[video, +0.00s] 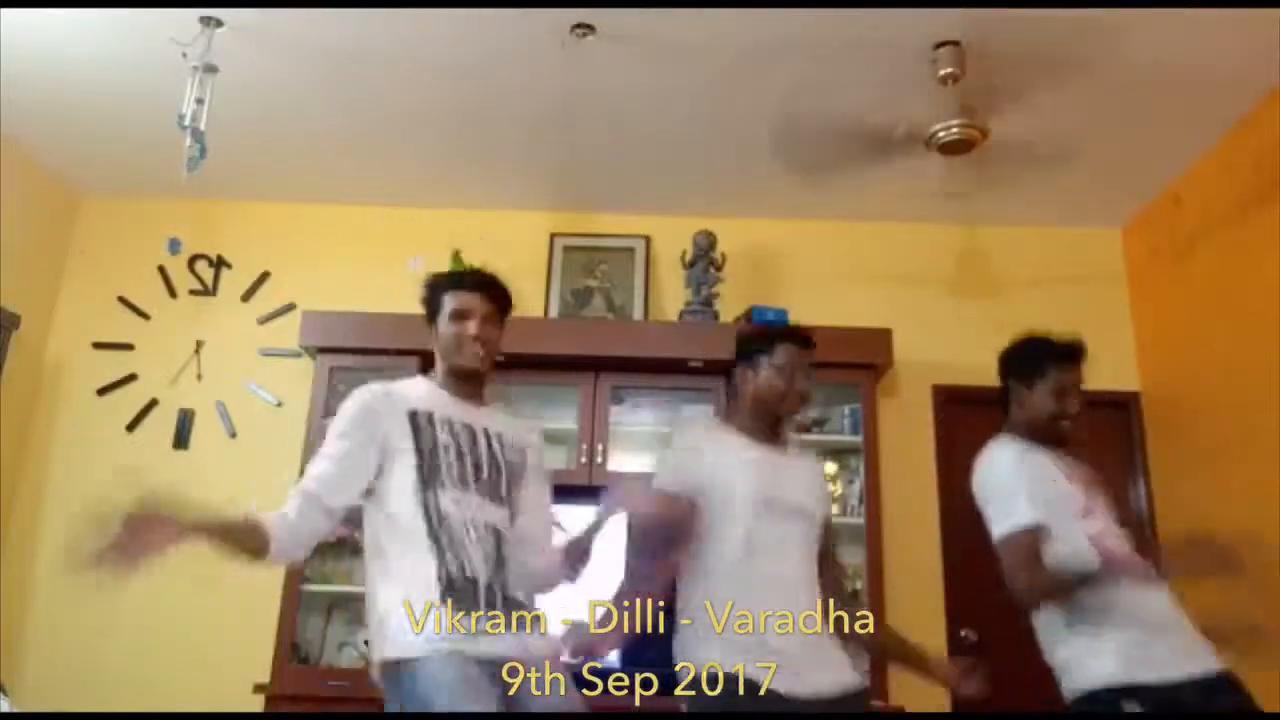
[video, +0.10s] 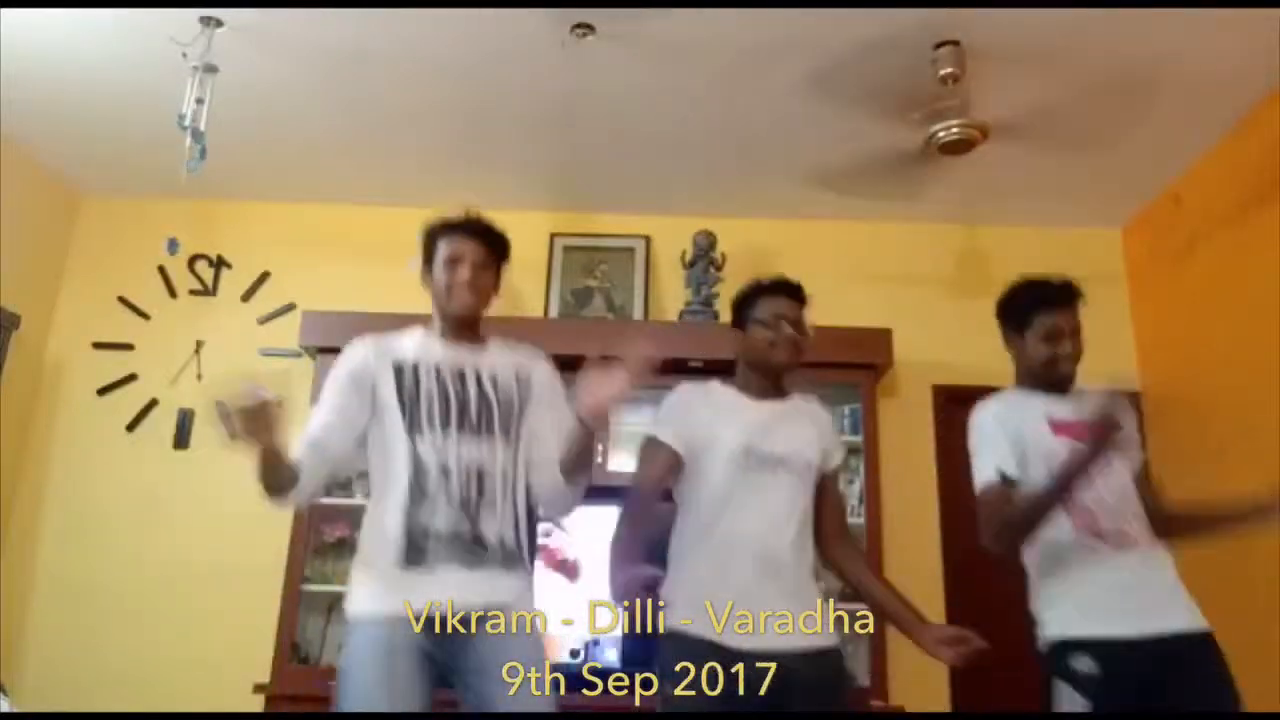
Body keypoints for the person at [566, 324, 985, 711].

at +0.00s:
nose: (802, 388)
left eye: (805, 376)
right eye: (788, 373)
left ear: (806, 382)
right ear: (746, 375)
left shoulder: (810, 472)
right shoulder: (697, 447)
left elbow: (835, 602)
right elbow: (650, 556)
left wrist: (934, 667)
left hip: (820, 682)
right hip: (727, 678)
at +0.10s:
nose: (783, 334)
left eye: (794, 327)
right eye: (769, 323)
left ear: (804, 345)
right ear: (739, 334)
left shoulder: (814, 420)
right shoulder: (692, 403)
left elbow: (836, 543)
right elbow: (640, 506)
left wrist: (922, 630)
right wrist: (624, 571)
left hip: (800, 655)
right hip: (698, 648)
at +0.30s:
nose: (729, 354)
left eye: (740, 343)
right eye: (715, 343)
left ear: (761, 358)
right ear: (698, 360)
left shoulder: (807, 454)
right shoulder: (664, 454)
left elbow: (831, 579)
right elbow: (614, 579)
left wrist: (835, 678)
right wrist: (625, 680)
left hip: (779, 688)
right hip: (677, 688)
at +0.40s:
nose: (679, 379)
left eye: (698, 370)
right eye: (676, 370)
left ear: (736, 394)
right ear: (669, 384)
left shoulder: (777, 479)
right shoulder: (640, 478)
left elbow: (812, 613)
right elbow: (614, 593)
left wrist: (787, 698)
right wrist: (599, 683)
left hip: (746, 697)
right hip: (648, 694)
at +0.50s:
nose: (662, 359)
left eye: (681, 350)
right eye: (661, 350)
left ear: (721, 368)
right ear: (653, 360)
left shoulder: (757, 451)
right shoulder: (632, 455)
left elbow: (800, 575)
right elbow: (602, 563)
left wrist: (772, 676)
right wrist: (572, 648)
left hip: (721, 690)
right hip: (628, 683)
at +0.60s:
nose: (646, 323)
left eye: (665, 315)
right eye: (648, 313)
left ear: (703, 333)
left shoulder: (736, 408)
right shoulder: (628, 411)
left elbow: (770, 541)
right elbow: (602, 521)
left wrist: (700, 639)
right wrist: (535, 586)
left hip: (679, 653)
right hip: (594, 644)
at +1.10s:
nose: (600, 324)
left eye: (617, 314)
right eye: (595, 313)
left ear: (655, 334)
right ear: (584, 325)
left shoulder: (686, 402)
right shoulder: (572, 403)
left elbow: (711, 533)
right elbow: (529, 521)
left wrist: (741, 518)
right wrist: (422, 551)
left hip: (629, 632)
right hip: (542, 625)